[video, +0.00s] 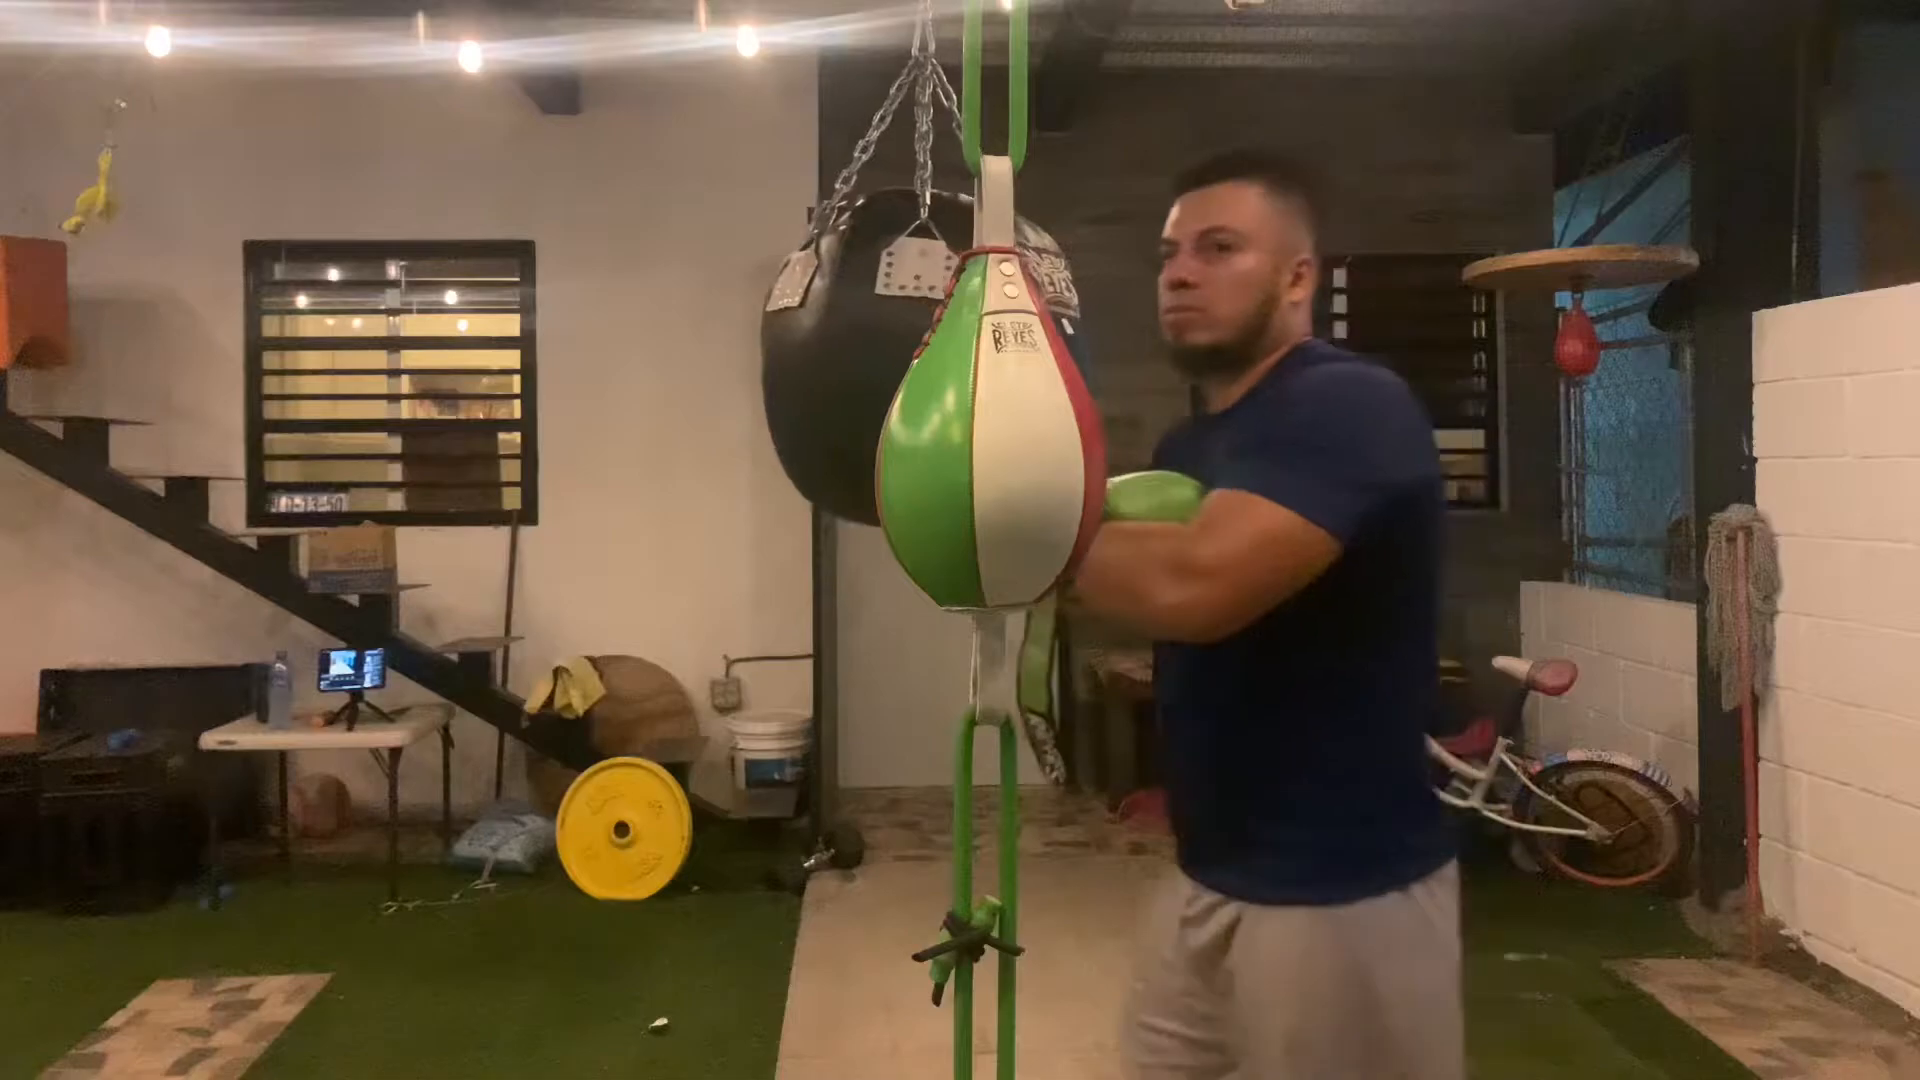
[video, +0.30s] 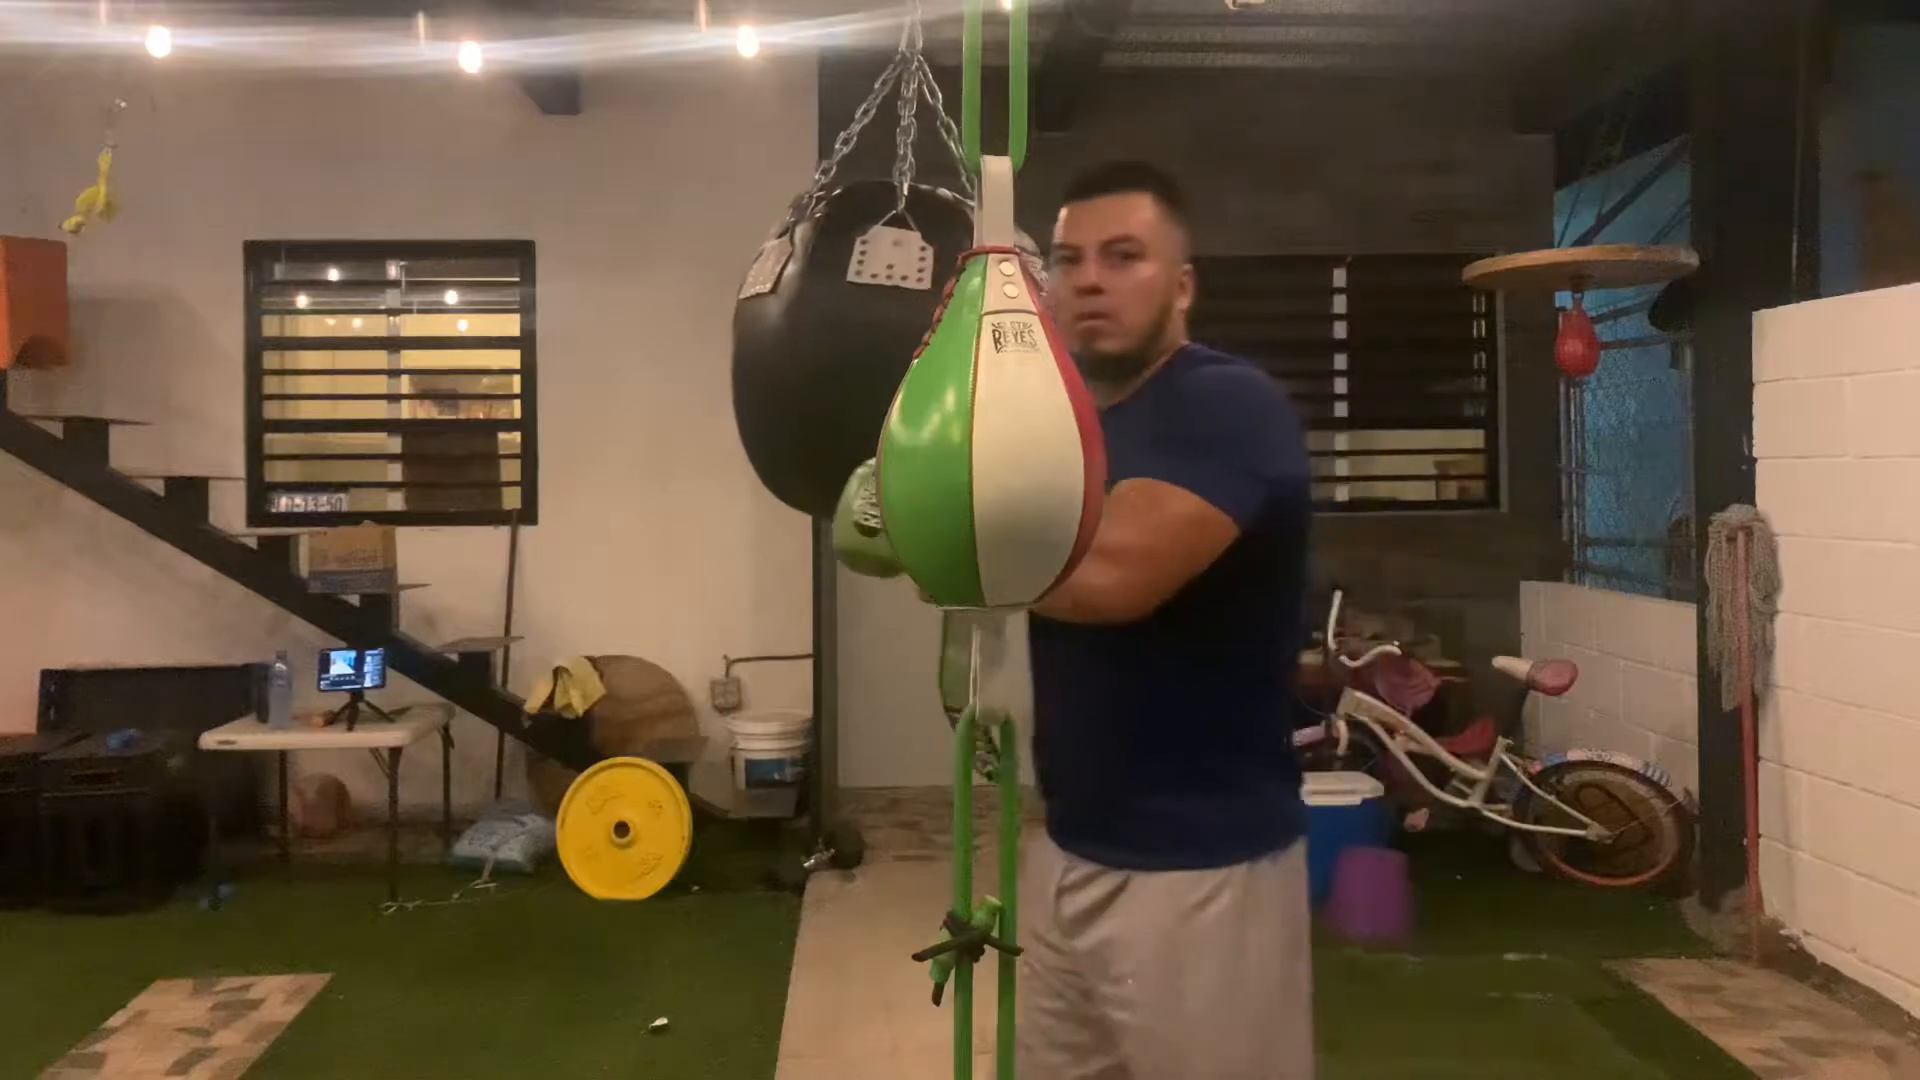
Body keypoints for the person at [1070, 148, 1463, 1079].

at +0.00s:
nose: (1178, 271)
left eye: (1218, 247)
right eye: (1170, 251)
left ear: (1299, 279)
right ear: (1157, 274)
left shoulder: (1354, 406)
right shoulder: (1186, 447)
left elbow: (1195, 587)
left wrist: (1028, 531)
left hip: (1350, 905)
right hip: (1212, 887)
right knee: (1164, 1063)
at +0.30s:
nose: (1088, 280)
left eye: (1123, 255)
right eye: (1070, 259)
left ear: (1182, 285)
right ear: (1050, 285)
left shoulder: (1233, 407)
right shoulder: (1069, 424)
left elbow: (1110, 580)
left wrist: (951, 530)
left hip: (1205, 884)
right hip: (1074, 865)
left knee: (1210, 1068)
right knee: (1059, 1066)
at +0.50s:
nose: (1040, 280)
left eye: (1069, 256)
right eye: (1020, 259)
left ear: (1124, 281)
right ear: (997, 279)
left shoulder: (1181, 403)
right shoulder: (994, 413)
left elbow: (1097, 577)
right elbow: (891, 583)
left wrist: (927, 548)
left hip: (1148, 841)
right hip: (1012, 827)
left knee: (1119, 1067)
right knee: (1006, 1066)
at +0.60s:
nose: (1027, 280)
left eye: (1054, 253)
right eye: (1005, 259)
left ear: (1105, 274)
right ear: (979, 279)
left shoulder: (1166, 400)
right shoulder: (969, 410)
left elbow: (1089, 574)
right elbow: (869, 582)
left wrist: (921, 550)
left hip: (1134, 831)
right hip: (999, 818)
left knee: (1107, 1067)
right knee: (999, 1065)